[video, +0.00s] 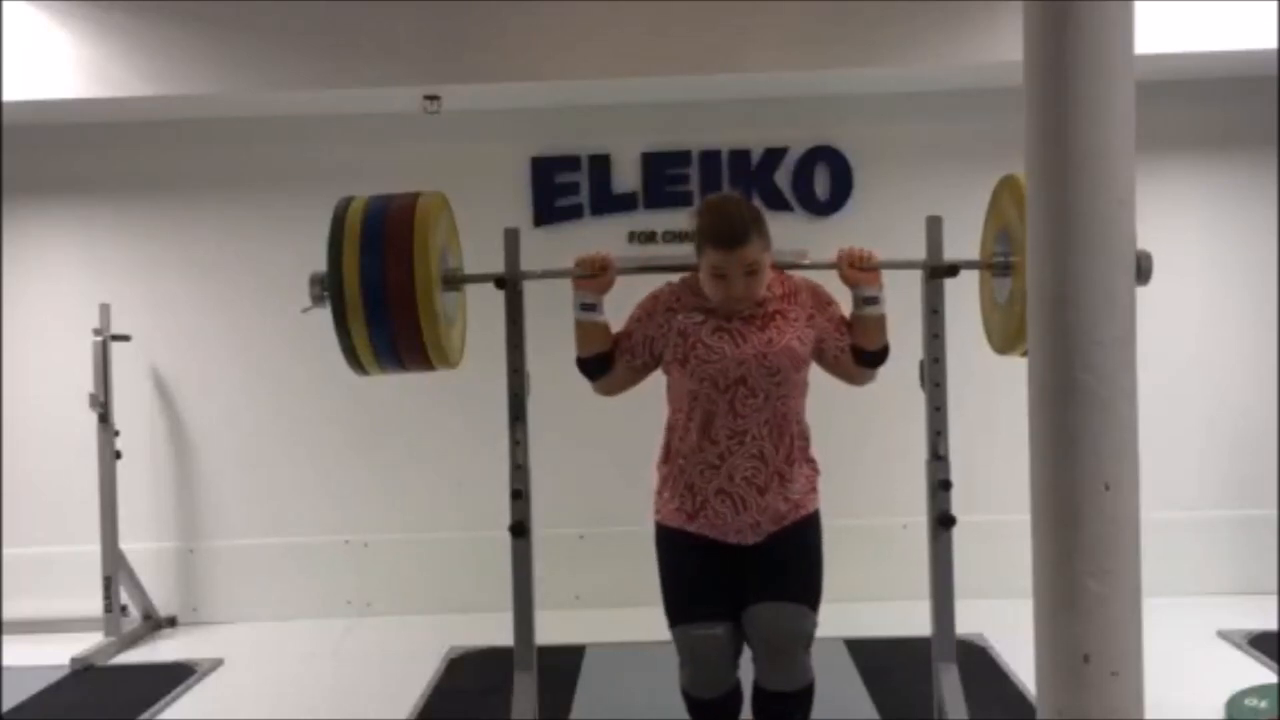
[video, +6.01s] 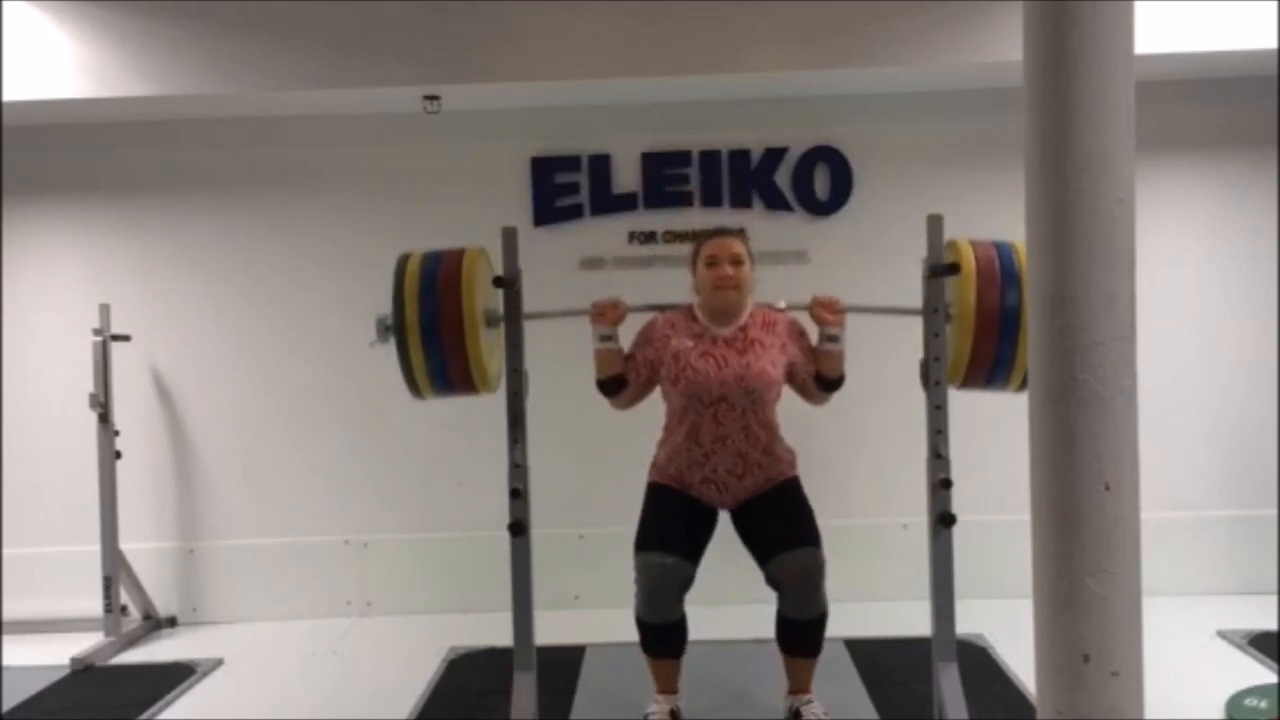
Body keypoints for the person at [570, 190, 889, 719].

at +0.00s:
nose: (736, 287)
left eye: (750, 271)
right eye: (719, 274)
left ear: (769, 258)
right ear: (697, 264)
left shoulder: (800, 302)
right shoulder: (671, 310)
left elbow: (860, 369)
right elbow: (608, 378)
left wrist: (868, 296)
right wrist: (588, 303)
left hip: (783, 519)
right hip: (693, 522)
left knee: (785, 661)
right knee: (706, 667)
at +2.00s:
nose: (729, 238)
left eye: (741, 223)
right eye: (714, 224)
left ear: (759, 220)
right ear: (692, 223)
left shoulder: (783, 270)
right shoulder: (658, 272)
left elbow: (826, 342)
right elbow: (607, 345)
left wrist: (842, 276)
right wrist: (589, 277)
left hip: (774, 478)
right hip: (689, 482)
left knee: (782, 619)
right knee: (704, 628)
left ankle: (779, 711)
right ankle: (713, 717)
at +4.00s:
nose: (721, 234)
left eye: (730, 223)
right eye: (708, 225)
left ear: (745, 227)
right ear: (687, 232)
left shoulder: (770, 275)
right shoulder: (660, 279)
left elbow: (810, 338)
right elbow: (614, 339)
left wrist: (823, 283)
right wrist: (600, 281)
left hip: (762, 457)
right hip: (685, 460)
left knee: (770, 580)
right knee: (684, 581)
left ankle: (795, 696)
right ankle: (667, 699)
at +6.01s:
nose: (725, 271)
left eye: (735, 262)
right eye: (712, 263)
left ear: (751, 273)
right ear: (694, 277)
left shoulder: (778, 329)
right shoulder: (665, 331)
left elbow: (819, 390)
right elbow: (620, 394)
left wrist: (831, 333)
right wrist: (605, 335)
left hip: (764, 474)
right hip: (682, 477)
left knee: (803, 575)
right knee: (657, 582)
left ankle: (802, 699)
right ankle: (665, 702)